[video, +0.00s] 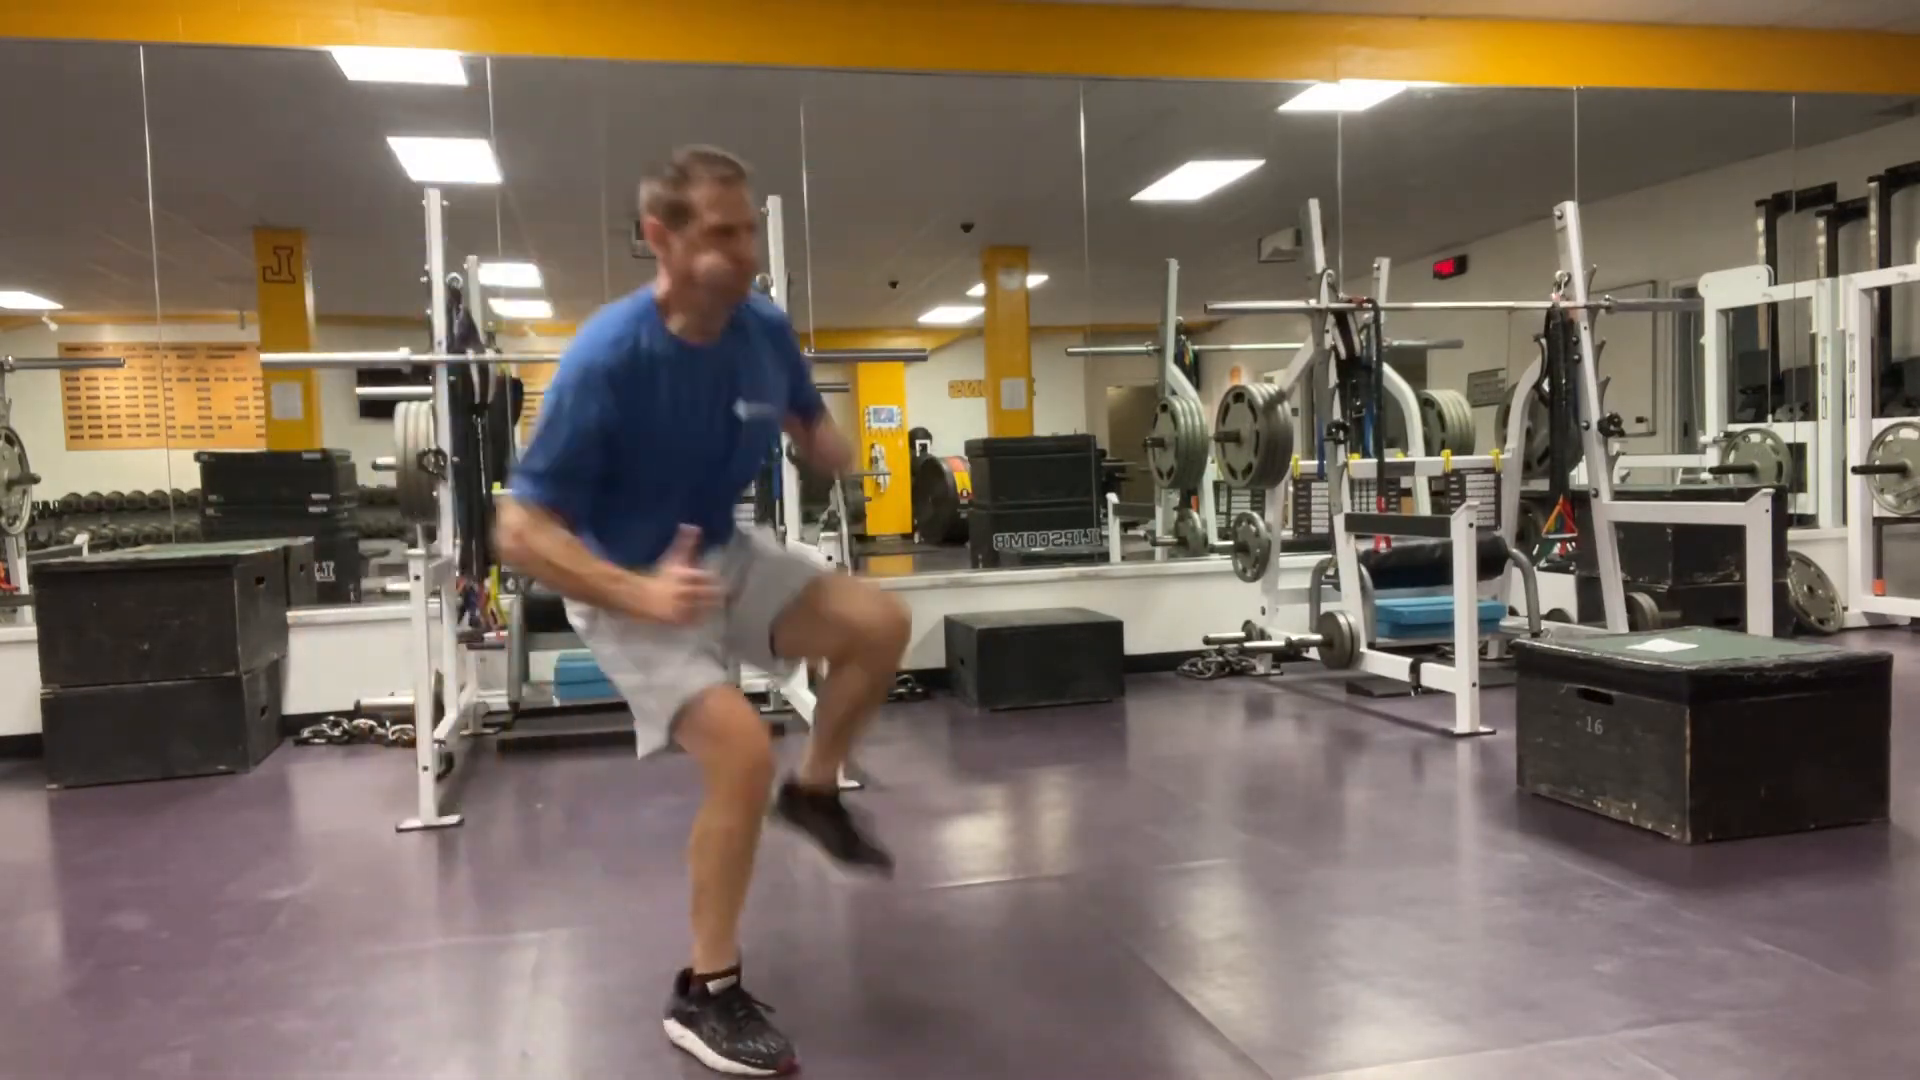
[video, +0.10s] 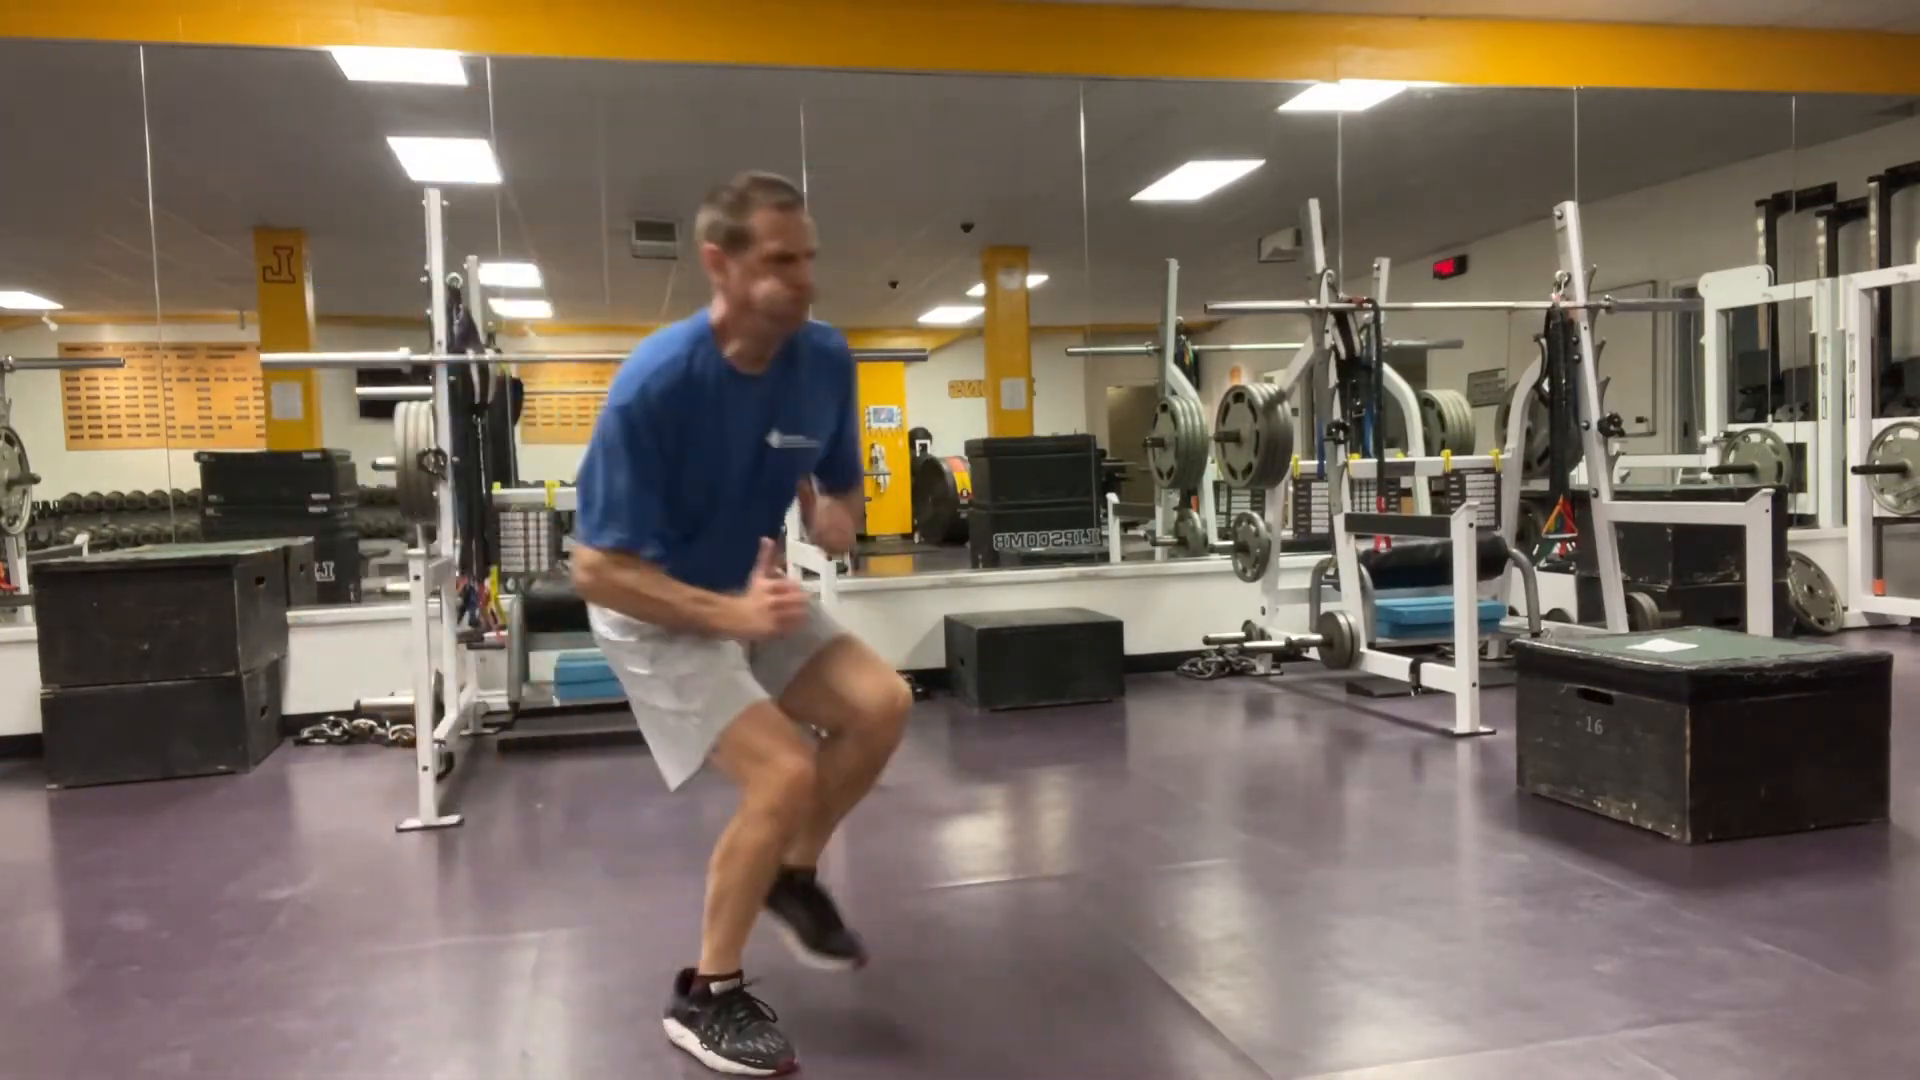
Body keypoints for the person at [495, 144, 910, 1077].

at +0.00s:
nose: (744, 253)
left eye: (749, 233)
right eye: (720, 235)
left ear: (758, 234)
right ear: (659, 239)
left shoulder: (764, 332)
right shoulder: (604, 357)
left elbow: (819, 448)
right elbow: (518, 529)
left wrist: (829, 442)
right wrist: (637, 592)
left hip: (723, 557)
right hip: (626, 592)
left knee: (879, 626)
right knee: (744, 752)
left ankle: (815, 789)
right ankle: (709, 988)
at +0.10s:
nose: (803, 281)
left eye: (808, 261)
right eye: (780, 263)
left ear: (816, 260)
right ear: (717, 265)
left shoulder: (823, 360)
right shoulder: (655, 384)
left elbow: (836, 511)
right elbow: (597, 567)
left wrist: (832, 517)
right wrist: (731, 611)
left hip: (748, 585)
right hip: (650, 606)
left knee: (877, 705)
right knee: (787, 776)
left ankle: (791, 868)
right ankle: (710, 989)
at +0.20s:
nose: (854, 271)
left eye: (860, 253)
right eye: (832, 254)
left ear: (867, 256)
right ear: (769, 257)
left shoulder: (867, 364)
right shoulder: (707, 374)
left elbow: (869, 514)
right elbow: (669, 557)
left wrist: (860, 587)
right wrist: (809, 614)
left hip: (790, 592)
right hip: (690, 599)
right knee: (824, 789)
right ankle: (711, 987)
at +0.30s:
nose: (896, 252)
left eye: (901, 234)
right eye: (875, 234)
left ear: (907, 240)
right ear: (815, 240)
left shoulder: (910, 341)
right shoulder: (760, 334)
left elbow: (1007, 454)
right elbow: (777, 451)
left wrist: (1015, 412)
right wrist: (941, 422)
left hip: (829, 582)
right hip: (735, 587)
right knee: (841, 788)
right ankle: (713, 987)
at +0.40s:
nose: (945, 196)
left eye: (950, 183)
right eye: (924, 182)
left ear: (954, 188)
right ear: (869, 187)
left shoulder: (970, 264)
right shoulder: (834, 261)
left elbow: (1086, 233)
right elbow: (854, 258)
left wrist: (1133, 172)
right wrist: (979, 156)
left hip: (884, 544)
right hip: (796, 547)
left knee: (1057, 626)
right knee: (853, 783)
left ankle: (980, 801)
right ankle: (715, 982)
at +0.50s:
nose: (1008, 142)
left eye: (1019, 125)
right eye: (987, 122)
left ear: (1030, 131)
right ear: (940, 127)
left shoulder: (1027, 185)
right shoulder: (907, 197)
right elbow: (864, 143)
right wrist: (909, 63)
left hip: (984, 481)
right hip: (896, 487)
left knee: (1132, 549)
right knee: (869, 733)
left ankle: (1034, 697)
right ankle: (736, 955)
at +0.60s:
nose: (1110, 121)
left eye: (1115, 105)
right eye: (1094, 103)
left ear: (1114, 109)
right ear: (1039, 100)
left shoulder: (1109, 170)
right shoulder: (980, 176)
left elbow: (1178, 152)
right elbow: (875, 157)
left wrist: (1264, 151)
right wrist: (930, 137)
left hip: (1050, 442)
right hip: (969, 450)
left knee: (1183, 514)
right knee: (992, 674)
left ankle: (1095, 645)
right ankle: (845, 861)